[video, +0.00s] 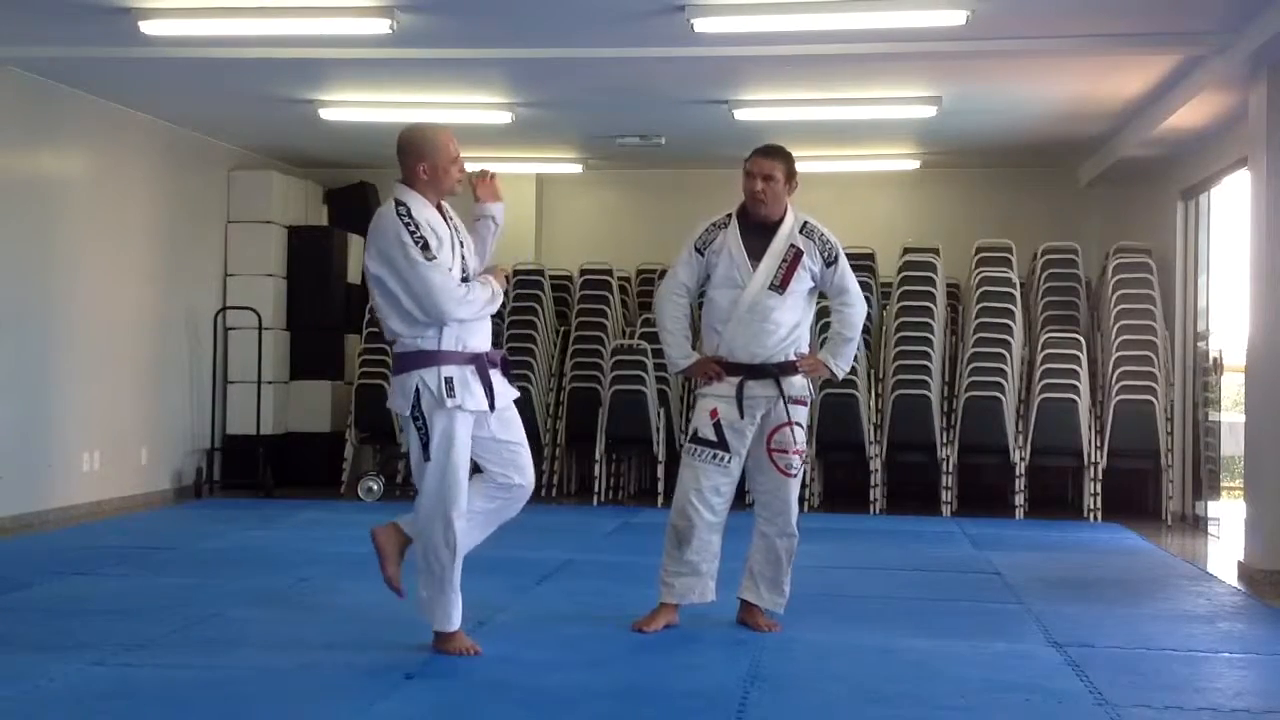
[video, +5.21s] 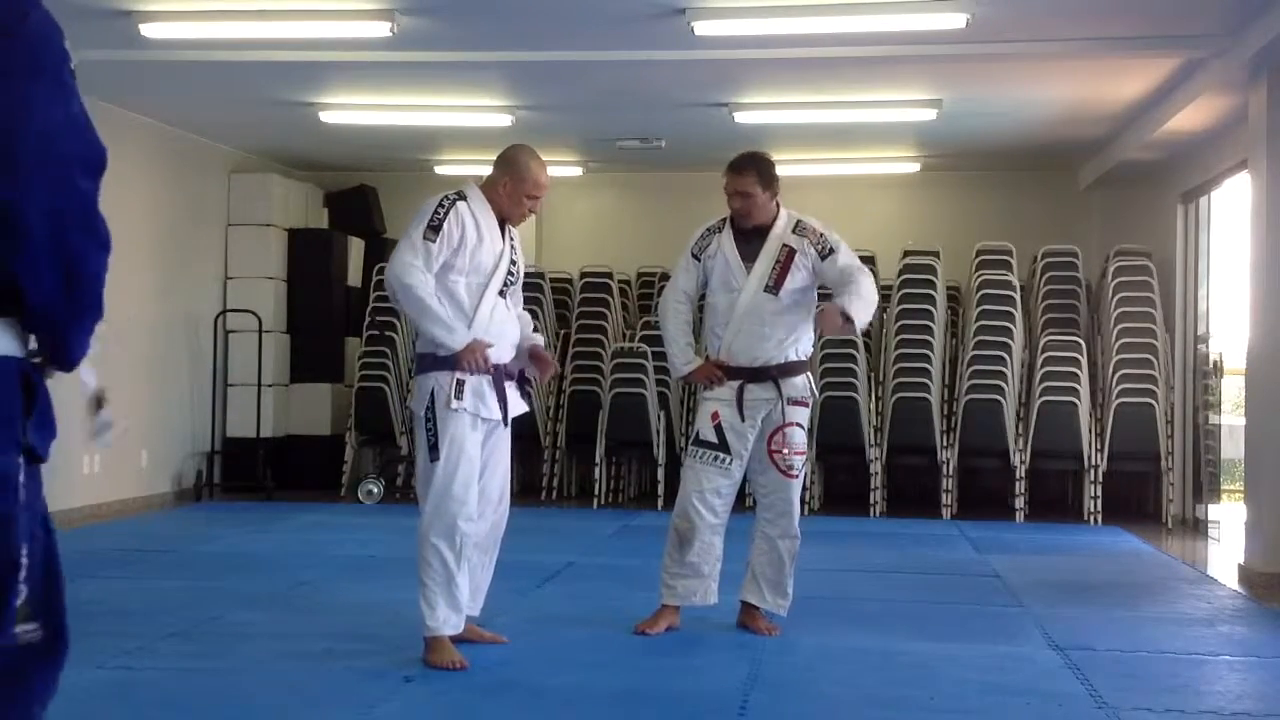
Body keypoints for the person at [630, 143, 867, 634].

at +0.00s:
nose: (758, 187)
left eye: (770, 179)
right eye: (752, 177)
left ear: (790, 187)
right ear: (741, 182)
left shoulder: (816, 242)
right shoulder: (712, 235)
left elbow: (851, 303)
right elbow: (671, 295)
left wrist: (833, 359)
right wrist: (686, 357)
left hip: (785, 392)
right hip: (720, 387)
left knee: (779, 506)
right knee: (694, 500)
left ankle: (755, 602)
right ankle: (670, 602)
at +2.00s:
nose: (767, 191)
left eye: (778, 183)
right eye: (758, 181)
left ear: (794, 189)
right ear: (744, 185)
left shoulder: (818, 244)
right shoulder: (713, 238)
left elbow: (854, 305)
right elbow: (674, 299)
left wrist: (836, 362)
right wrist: (688, 357)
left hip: (788, 391)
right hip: (722, 386)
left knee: (780, 507)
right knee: (696, 500)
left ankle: (756, 605)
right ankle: (672, 603)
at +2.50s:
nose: (763, 203)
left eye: (773, 194)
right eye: (754, 193)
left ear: (790, 194)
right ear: (740, 191)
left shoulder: (814, 244)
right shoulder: (713, 237)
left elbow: (851, 304)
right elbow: (669, 298)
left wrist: (860, 287)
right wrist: (687, 360)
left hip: (787, 390)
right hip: (722, 386)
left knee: (780, 506)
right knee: (695, 501)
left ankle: (757, 604)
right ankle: (672, 602)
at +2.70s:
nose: (765, 203)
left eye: (775, 194)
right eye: (756, 193)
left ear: (790, 195)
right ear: (740, 191)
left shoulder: (806, 238)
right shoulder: (711, 236)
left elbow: (860, 262)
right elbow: (668, 298)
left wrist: (847, 213)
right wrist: (686, 361)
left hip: (784, 388)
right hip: (720, 386)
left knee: (779, 506)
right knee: (694, 502)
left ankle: (757, 604)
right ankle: (672, 603)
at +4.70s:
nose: (747, 201)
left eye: (759, 196)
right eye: (745, 190)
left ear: (786, 200)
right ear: (742, 186)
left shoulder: (810, 239)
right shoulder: (717, 236)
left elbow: (853, 221)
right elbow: (676, 296)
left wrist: (810, 182)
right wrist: (687, 357)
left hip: (787, 389)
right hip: (723, 386)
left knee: (780, 506)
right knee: (696, 501)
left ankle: (755, 606)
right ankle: (672, 604)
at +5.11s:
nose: (736, 202)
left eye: (746, 195)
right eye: (733, 192)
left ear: (775, 195)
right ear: (731, 188)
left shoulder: (807, 240)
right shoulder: (712, 238)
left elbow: (866, 285)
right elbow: (674, 302)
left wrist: (825, 247)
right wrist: (687, 360)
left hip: (785, 389)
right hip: (721, 386)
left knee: (780, 506)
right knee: (696, 502)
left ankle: (756, 605)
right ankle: (672, 604)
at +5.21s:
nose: (733, 203)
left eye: (743, 196)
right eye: (729, 194)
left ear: (771, 194)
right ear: (725, 190)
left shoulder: (809, 239)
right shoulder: (709, 240)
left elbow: (861, 282)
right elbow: (674, 303)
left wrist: (846, 311)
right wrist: (687, 360)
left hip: (786, 390)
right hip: (722, 387)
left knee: (780, 506)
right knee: (696, 501)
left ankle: (756, 605)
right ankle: (672, 604)